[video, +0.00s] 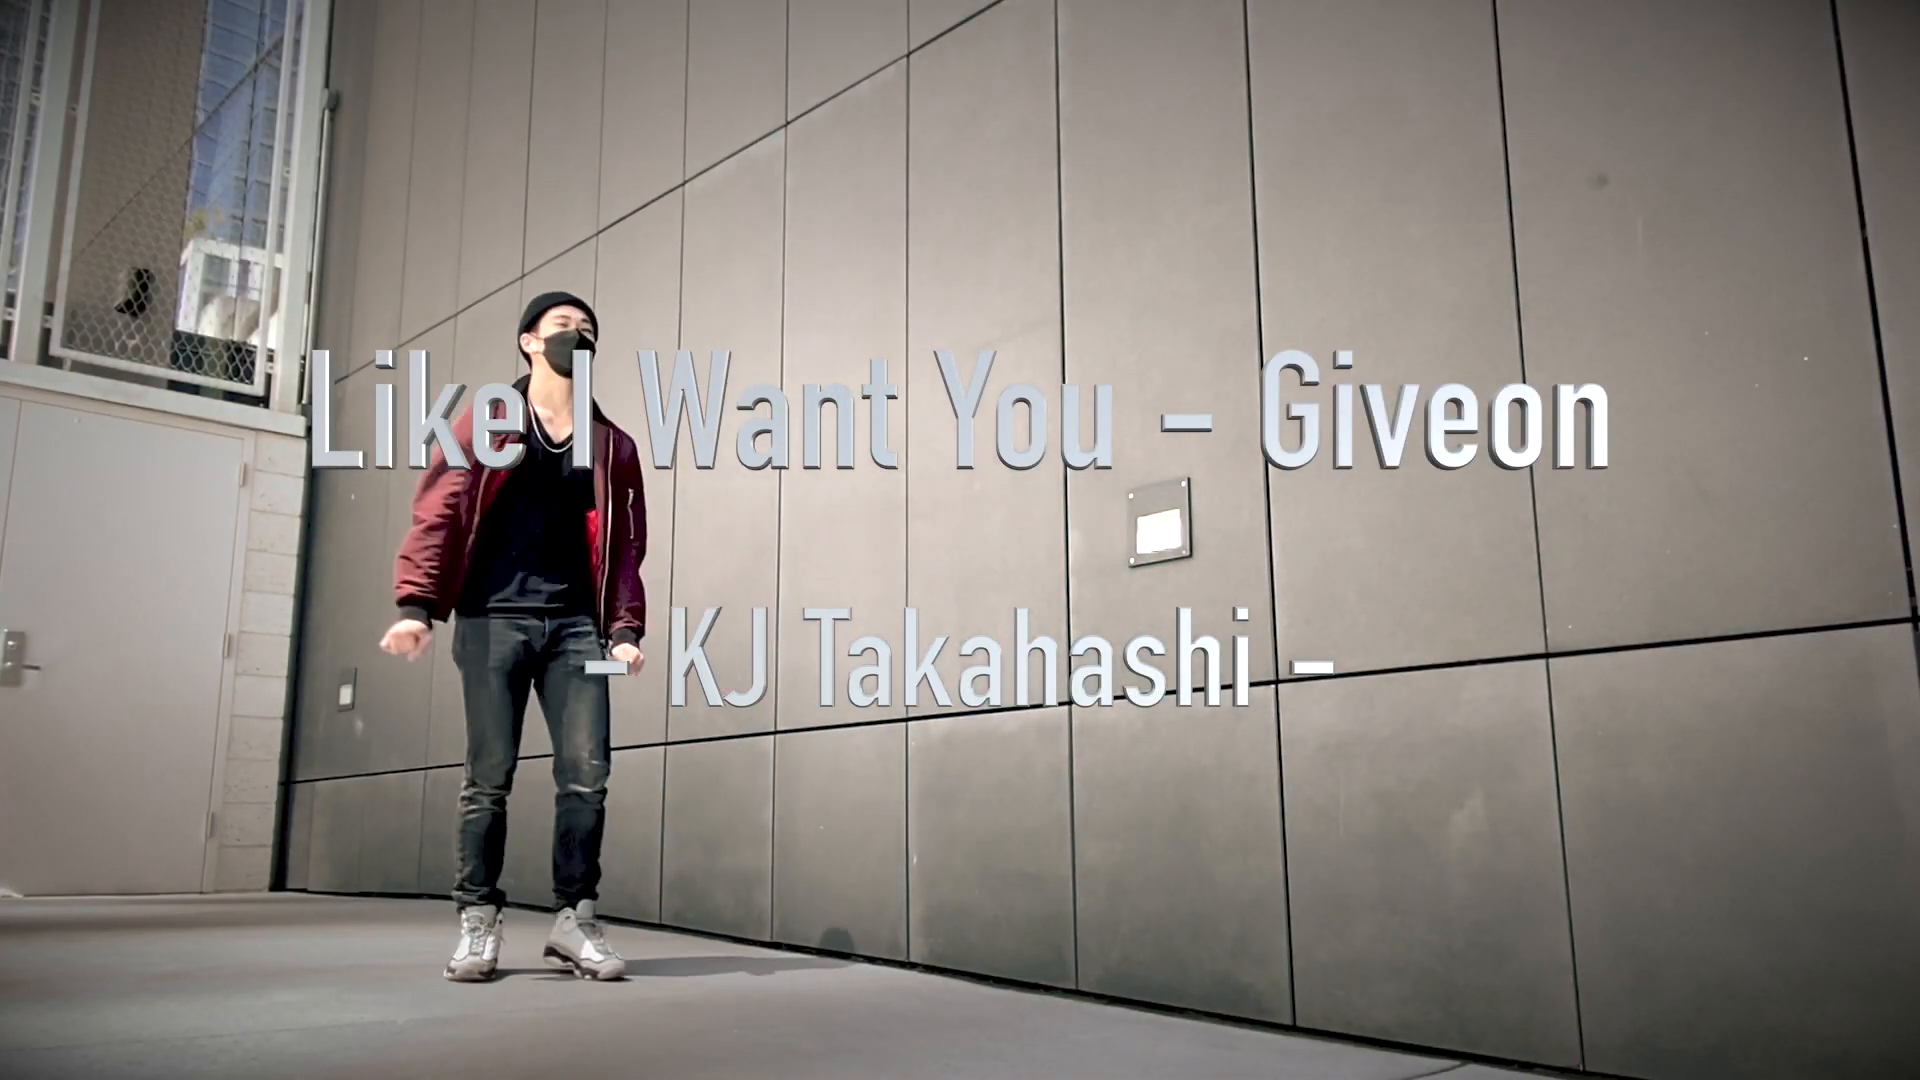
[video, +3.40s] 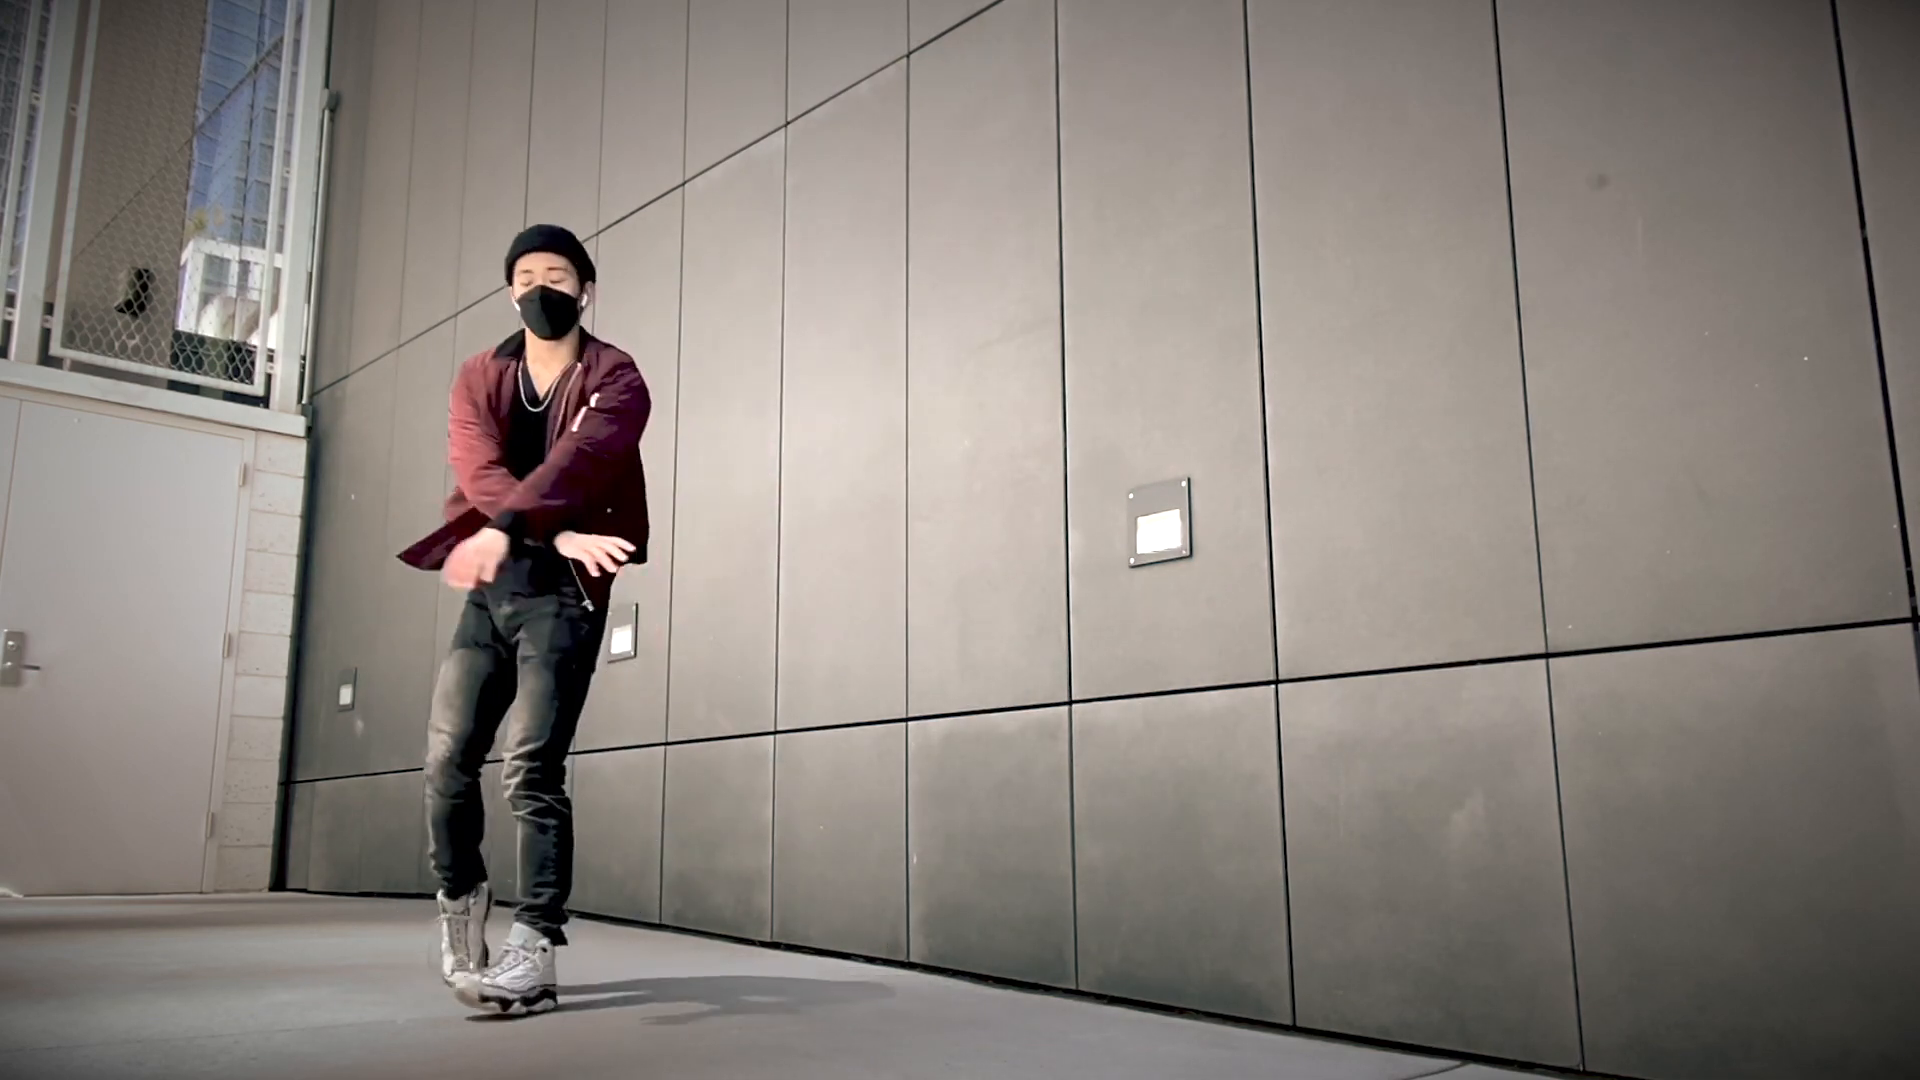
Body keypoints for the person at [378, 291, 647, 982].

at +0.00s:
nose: (575, 331)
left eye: (585, 326)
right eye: (560, 322)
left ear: (595, 350)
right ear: (528, 345)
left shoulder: (613, 443)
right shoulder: (482, 419)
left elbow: (627, 545)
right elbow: (436, 513)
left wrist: (625, 625)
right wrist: (415, 606)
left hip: (576, 625)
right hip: (492, 623)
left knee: (588, 775)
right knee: (490, 778)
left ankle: (575, 921)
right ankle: (477, 923)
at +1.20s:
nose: (651, 306)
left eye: (663, 300)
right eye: (635, 299)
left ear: (676, 327)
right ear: (606, 325)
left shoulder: (711, 422)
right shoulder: (570, 409)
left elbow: (731, 525)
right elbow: (533, 505)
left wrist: (731, 610)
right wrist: (506, 595)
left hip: (679, 623)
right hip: (590, 616)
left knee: (656, 786)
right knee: (545, 775)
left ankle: (630, 939)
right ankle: (485, 907)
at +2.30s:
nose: (740, 358)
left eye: (742, 349)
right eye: (727, 346)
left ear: (720, 357)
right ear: (682, 350)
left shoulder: (724, 433)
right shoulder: (643, 424)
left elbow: (752, 520)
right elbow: (592, 516)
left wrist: (764, 610)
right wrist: (608, 620)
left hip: (681, 636)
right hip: (618, 634)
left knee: (748, 778)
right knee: (631, 811)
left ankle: (646, 917)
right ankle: (506, 896)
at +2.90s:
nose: (670, 355)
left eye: (671, 346)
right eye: (657, 343)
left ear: (645, 354)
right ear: (610, 346)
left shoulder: (661, 443)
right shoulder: (564, 423)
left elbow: (705, 532)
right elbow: (594, 530)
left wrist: (774, 614)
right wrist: (663, 631)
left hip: (588, 639)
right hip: (515, 632)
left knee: (633, 788)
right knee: (543, 798)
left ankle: (585, 949)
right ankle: (433, 900)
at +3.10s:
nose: (631, 328)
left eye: (636, 319)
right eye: (616, 316)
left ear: (638, 330)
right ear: (571, 322)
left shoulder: (647, 417)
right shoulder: (521, 400)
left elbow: (667, 503)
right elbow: (548, 507)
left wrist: (697, 588)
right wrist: (635, 583)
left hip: (572, 612)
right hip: (490, 604)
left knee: (581, 770)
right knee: (493, 774)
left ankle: (565, 944)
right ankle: (423, 904)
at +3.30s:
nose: (573, 291)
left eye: (587, 282)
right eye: (556, 281)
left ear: (606, 303)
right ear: (529, 299)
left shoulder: (631, 390)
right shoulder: (487, 379)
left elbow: (616, 476)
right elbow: (499, 479)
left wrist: (581, 555)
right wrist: (600, 546)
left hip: (568, 599)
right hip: (487, 589)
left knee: (538, 765)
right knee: (460, 762)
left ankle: (541, 939)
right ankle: (441, 908)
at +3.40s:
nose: (541, 285)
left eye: (558, 274)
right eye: (527, 275)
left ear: (586, 291)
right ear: (510, 293)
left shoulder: (618, 380)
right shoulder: (478, 378)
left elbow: (576, 460)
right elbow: (477, 476)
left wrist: (500, 527)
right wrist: (562, 531)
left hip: (562, 597)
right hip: (483, 590)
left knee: (531, 770)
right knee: (445, 762)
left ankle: (536, 946)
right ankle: (461, 903)